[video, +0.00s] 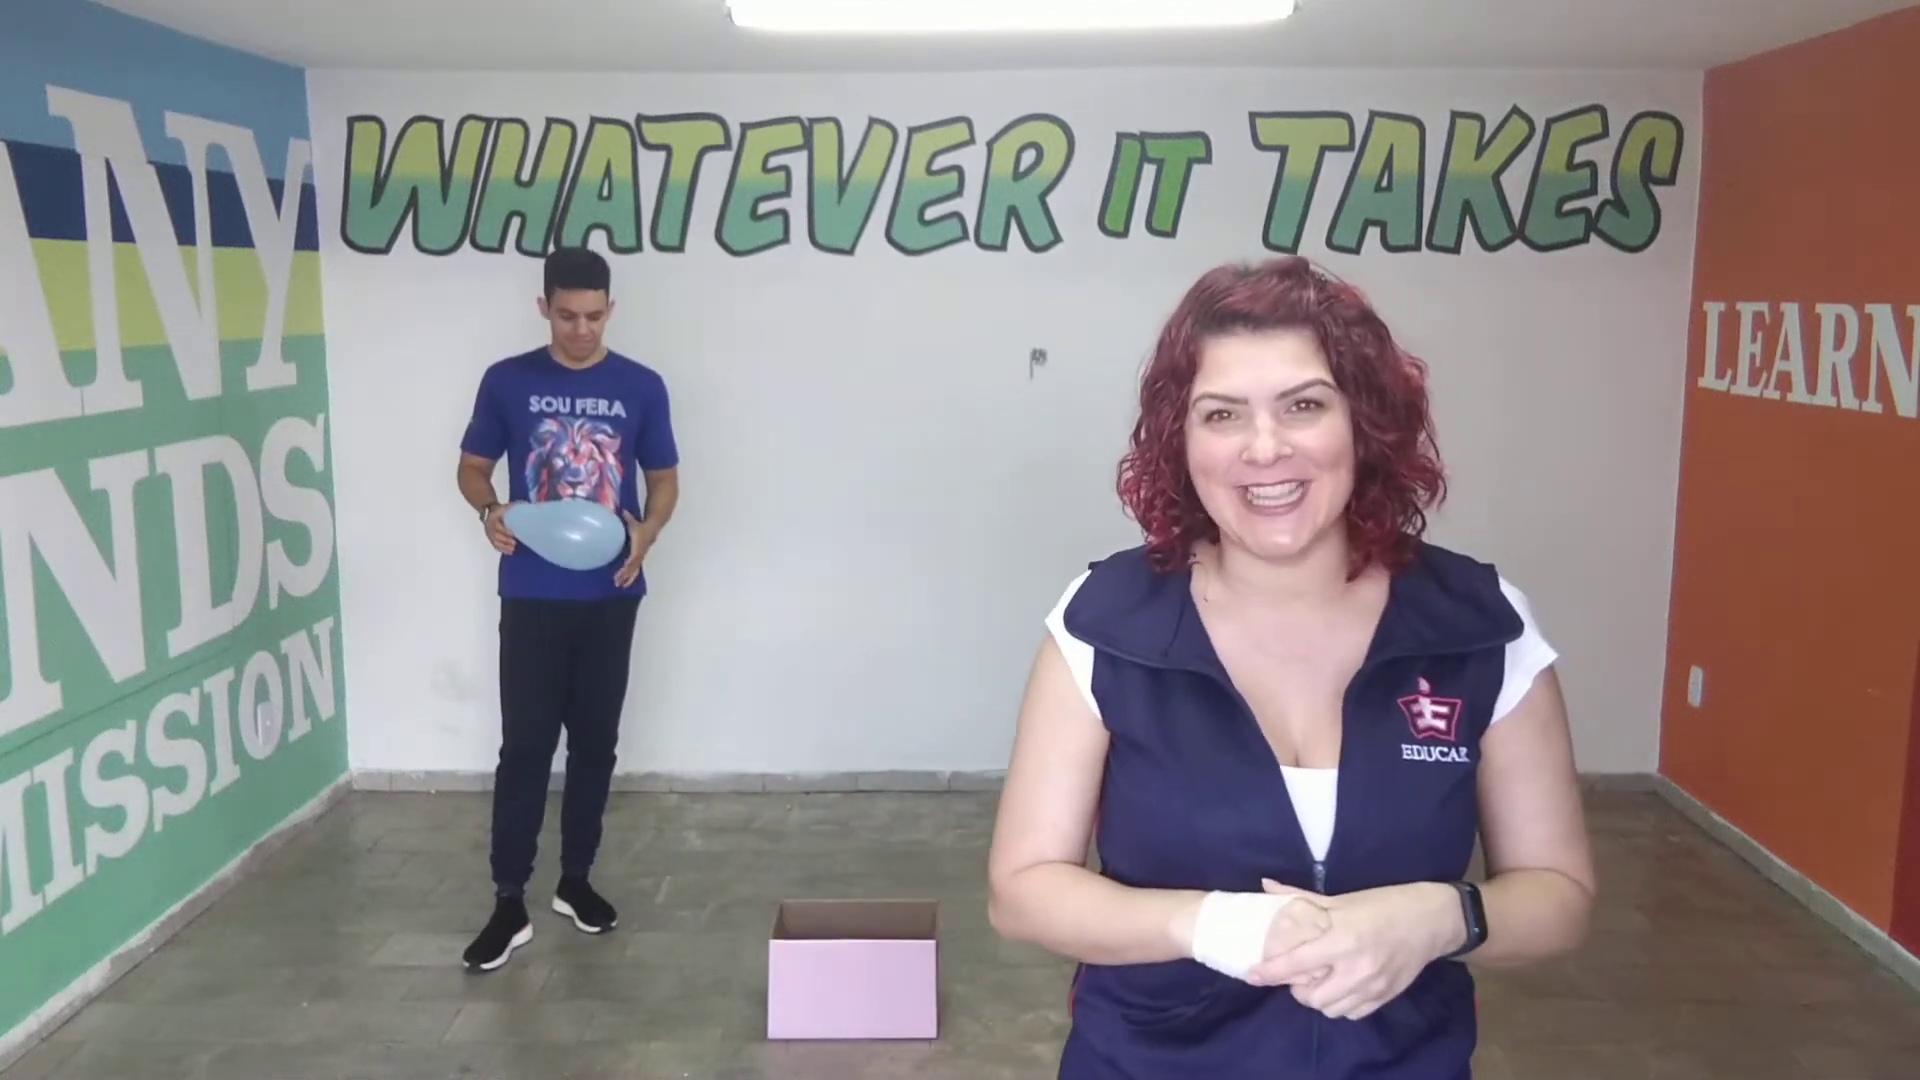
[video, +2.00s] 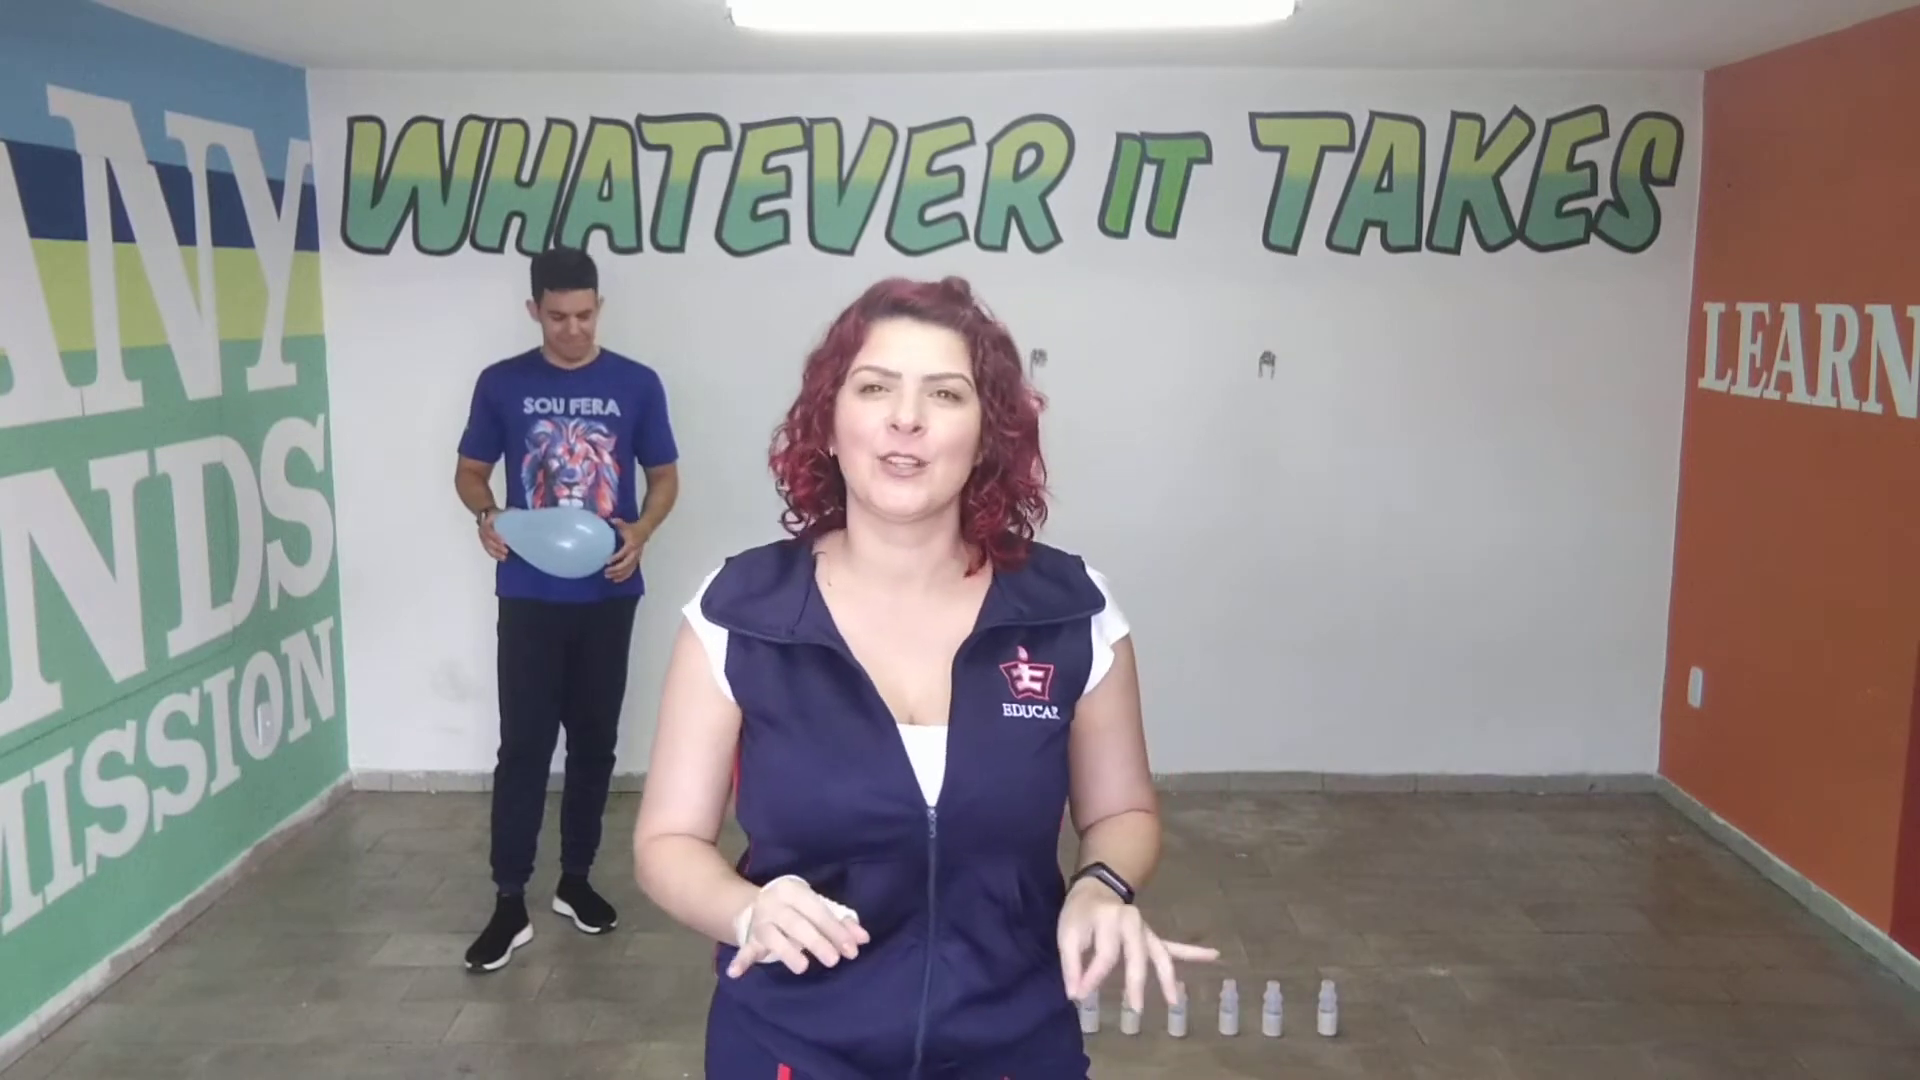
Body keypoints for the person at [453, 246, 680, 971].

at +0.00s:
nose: (581, 327)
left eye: (594, 314)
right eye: (569, 314)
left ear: (610, 313)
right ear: (546, 309)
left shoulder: (642, 389)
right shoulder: (508, 383)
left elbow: (665, 483)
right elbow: (472, 468)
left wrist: (647, 528)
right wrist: (490, 509)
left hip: (609, 598)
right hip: (532, 597)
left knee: (594, 745)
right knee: (526, 747)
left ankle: (574, 882)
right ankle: (510, 901)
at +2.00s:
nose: (574, 327)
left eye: (585, 314)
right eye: (560, 315)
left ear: (600, 310)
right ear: (537, 312)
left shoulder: (637, 387)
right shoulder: (502, 385)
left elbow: (666, 480)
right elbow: (470, 475)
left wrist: (642, 531)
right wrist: (489, 515)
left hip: (607, 599)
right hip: (530, 599)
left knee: (594, 746)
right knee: (524, 749)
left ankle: (575, 882)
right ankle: (509, 902)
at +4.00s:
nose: (441, 303)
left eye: (454, 290)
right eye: (427, 292)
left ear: (478, 301)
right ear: (411, 305)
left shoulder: (525, 381)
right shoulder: (383, 392)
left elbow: (561, 475)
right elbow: (352, 499)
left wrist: (545, 532)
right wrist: (346, 412)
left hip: (527, 609)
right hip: (438, 618)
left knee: (562, 747)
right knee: (449, 770)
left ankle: (562, 879)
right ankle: (463, 914)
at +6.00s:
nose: (630, 342)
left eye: (639, 329)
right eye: (616, 331)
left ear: (649, 319)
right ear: (585, 322)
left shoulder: (684, 384)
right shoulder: (554, 394)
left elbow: (726, 475)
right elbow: (536, 484)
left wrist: (693, 540)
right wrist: (551, 541)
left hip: (668, 588)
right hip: (596, 591)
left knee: (660, 734)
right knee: (619, 732)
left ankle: (650, 895)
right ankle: (648, 861)